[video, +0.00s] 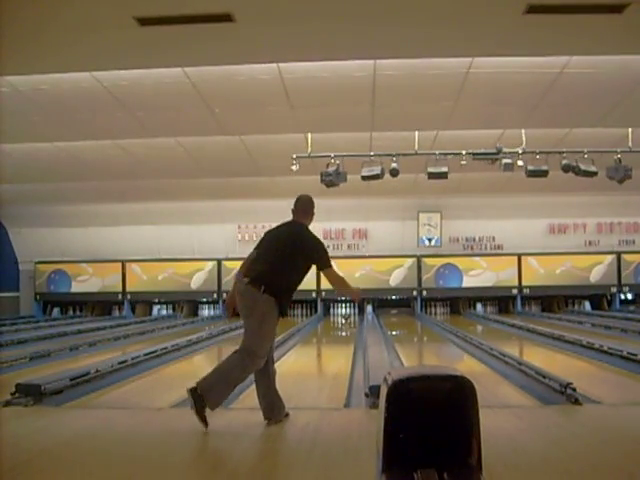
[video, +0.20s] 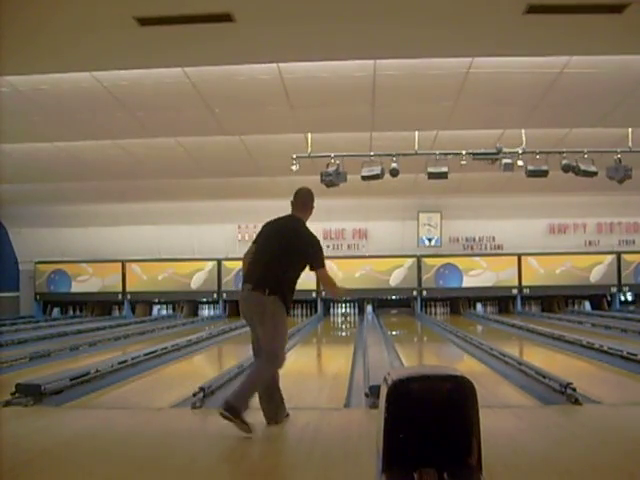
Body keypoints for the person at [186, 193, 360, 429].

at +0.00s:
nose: (311, 216)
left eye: (308, 211)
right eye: (312, 212)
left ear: (293, 211)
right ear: (312, 214)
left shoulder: (275, 231)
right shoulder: (311, 241)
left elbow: (247, 264)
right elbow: (332, 277)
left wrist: (232, 294)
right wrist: (352, 292)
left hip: (245, 289)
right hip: (264, 296)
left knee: (263, 356)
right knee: (253, 354)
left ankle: (274, 413)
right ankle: (203, 393)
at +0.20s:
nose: (308, 209)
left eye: (304, 205)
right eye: (310, 206)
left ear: (291, 203)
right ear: (312, 207)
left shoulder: (270, 226)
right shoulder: (308, 238)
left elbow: (247, 259)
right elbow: (323, 276)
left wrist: (252, 283)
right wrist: (336, 291)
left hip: (248, 294)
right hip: (270, 299)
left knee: (264, 357)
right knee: (274, 358)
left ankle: (274, 413)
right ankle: (233, 406)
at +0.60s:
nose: (305, 224)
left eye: (302, 219)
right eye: (306, 221)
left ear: (286, 216)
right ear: (306, 223)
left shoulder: (265, 237)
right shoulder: (298, 263)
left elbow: (252, 271)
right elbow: (304, 305)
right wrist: (306, 334)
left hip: (258, 316)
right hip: (280, 319)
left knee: (285, 360)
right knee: (309, 369)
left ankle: (277, 420)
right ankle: (284, 426)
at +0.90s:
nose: (293, 197)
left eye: (288, 192)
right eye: (296, 193)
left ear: (273, 190)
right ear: (296, 195)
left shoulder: (253, 215)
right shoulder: (293, 234)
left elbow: (245, 257)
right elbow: (301, 283)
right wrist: (314, 325)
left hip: (251, 305)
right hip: (279, 309)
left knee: (267, 354)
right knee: (299, 361)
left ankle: (271, 417)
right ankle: (281, 425)